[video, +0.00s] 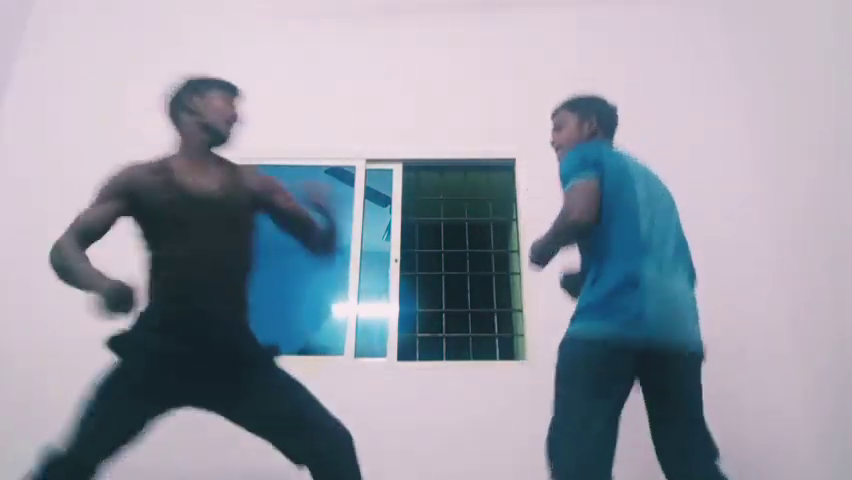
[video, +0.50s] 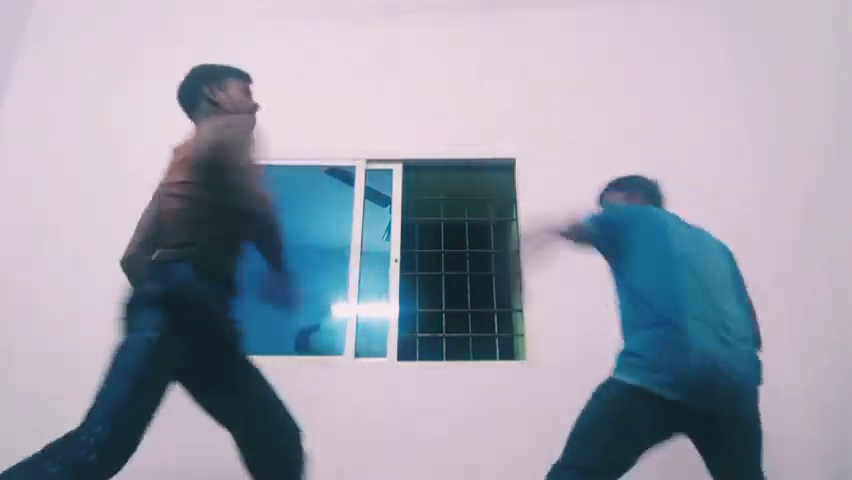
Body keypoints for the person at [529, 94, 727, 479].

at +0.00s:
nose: (552, 139)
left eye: (559, 127)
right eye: (553, 129)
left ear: (589, 126)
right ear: (604, 131)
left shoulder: (584, 155)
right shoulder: (648, 178)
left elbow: (580, 214)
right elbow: (669, 265)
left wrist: (545, 246)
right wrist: (591, 277)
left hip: (608, 327)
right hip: (676, 330)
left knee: (577, 449)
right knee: (688, 451)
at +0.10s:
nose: (548, 144)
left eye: (555, 131)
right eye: (548, 133)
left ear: (584, 130)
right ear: (594, 134)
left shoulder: (579, 159)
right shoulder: (654, 183)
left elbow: (575, 215)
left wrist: (542, 246)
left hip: (605, 323)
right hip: (675, 327)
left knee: (580, 447)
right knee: (693, 445)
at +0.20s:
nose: (548, 142)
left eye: (553, 134)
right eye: (548, 136)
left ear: (579, 126)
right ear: (602, 129)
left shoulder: (577, 148)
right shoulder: (661, 166)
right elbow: (711, 239)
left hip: (618, 302)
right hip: (692, 303)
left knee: (578, 434)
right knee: (722, 432)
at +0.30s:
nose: (562, 165)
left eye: (565, 158)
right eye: (562, 158)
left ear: (574, 153)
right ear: (609, 149)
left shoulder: (578, 162)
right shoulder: (669, 186)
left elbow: (492, 146)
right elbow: (729, 248)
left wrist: (489, 139)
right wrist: (671, 263)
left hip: (626, 317)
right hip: (704, 317)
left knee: (582, 435)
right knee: (743, 430)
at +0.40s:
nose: (586, 204)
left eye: (588, 196)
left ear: (599, 192)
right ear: (634, 189)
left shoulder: (603, 201)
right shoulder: (695, 230)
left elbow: (534, 180)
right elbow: (743, 303)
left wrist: (514, 171)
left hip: (641, 367)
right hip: (721, 372)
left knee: (568, 472)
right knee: (752, 467)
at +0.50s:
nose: (603, 213)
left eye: (607, 206)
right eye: (603, 207)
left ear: (630, 198)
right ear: (658, 201)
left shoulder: (628, 218)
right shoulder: (716, 246)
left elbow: (578, 230)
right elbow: (752, 335)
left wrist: (554, 232)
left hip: (655, 380)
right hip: (732, 390)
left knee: (574, 474)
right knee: (745, 476)